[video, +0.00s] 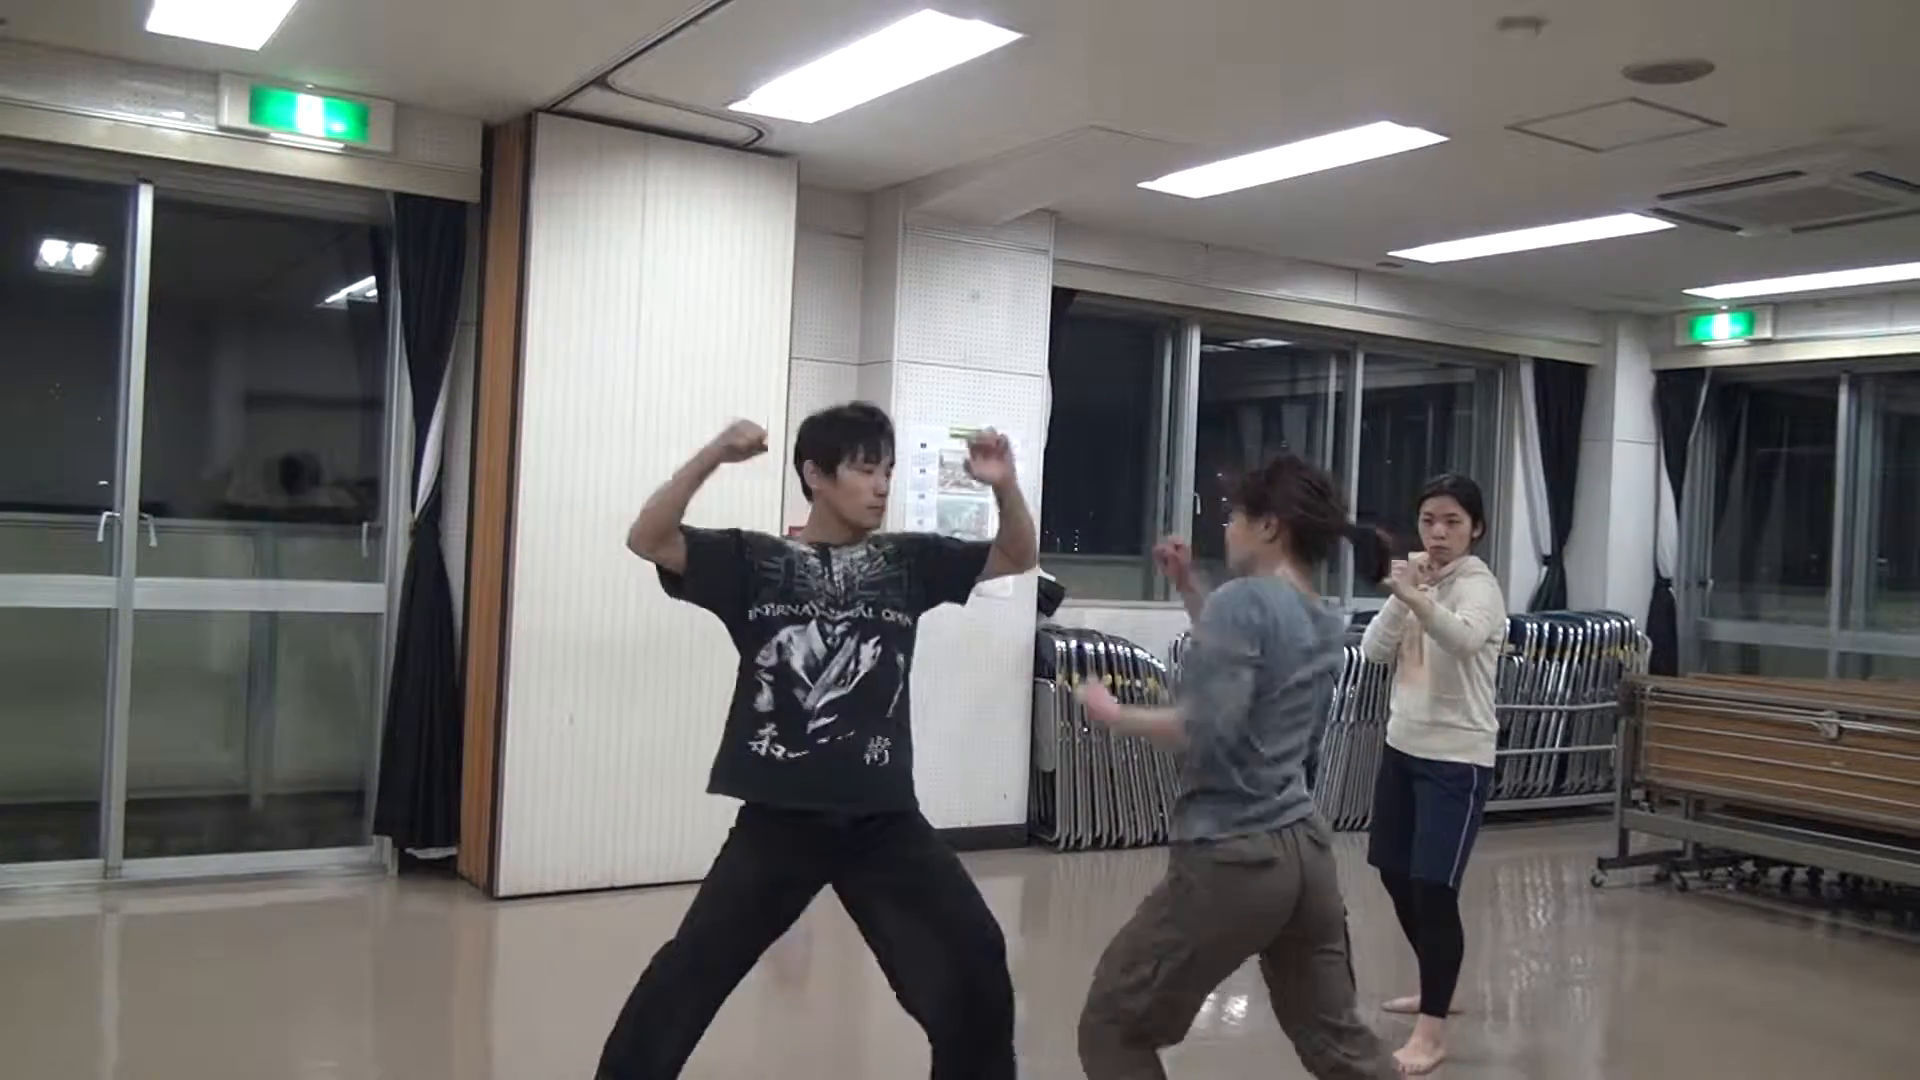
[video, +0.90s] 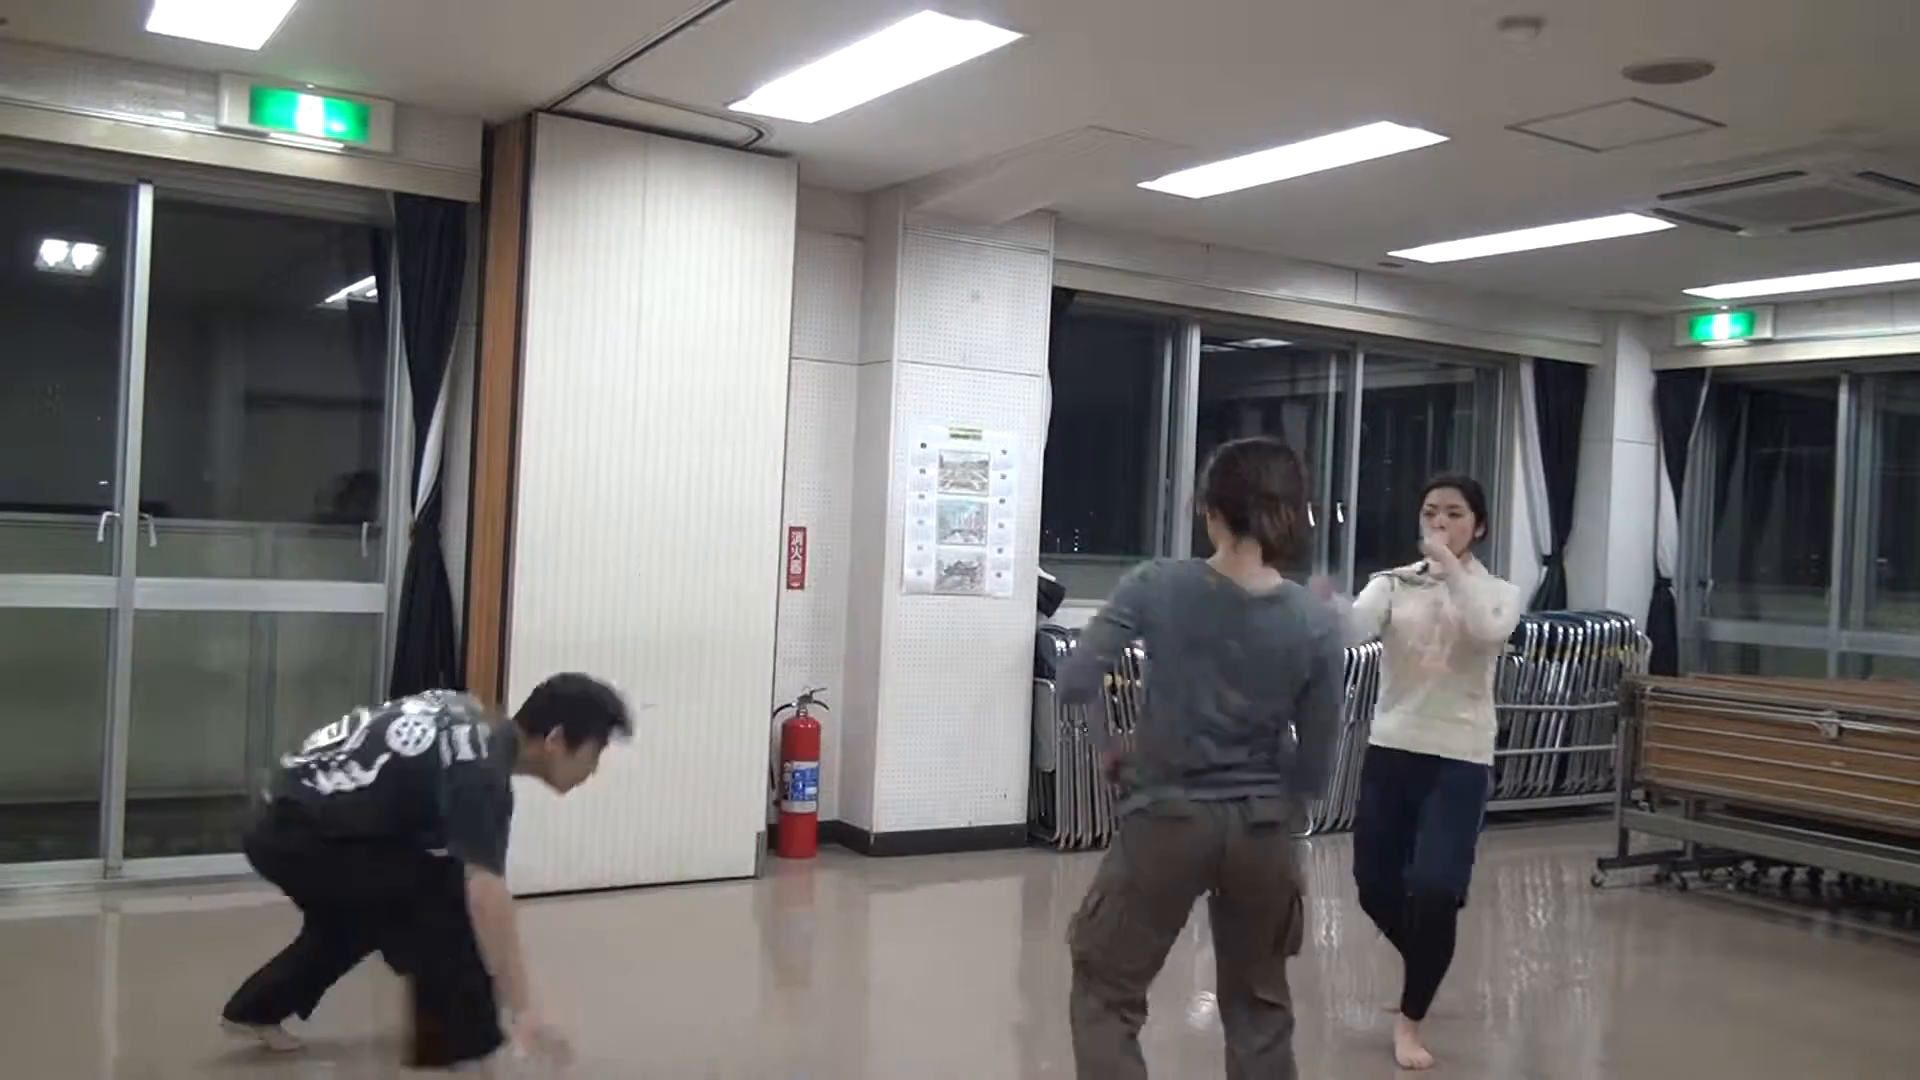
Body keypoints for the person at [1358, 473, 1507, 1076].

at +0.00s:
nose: (1438, 531)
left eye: (1451, 521)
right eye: (1429, 520)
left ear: (1475, 529)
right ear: (1418, 525)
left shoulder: (1480, 584)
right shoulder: (1415, 582)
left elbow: (1467, 639)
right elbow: (1373, 650)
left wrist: (1415, 597)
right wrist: (1404, 595)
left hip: (1456, 759)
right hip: (1403, 750)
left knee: (1433, 887)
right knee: (1390, 864)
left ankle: (1431, 1031)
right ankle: (1438, 984)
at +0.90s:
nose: (1438, 523)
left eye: (1451, 514)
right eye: (1431, 512)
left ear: (1477, 525)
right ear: (1418, 519)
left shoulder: (1496, 590)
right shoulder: (1391, 584)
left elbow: (1488, 630)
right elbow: (1352, 632)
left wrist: (1451, 565)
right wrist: (1326, 610)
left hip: (1461, 758)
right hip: (1391, 750)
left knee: (1434, 891)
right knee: (1375, 886)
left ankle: (1410, 1022)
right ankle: (1426, 958)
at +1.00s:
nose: (1445, 523)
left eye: (1457, 512)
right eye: (1435, 513)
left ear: (1483, 520)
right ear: (1425, 521)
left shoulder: (1508, 592)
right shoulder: (1397, 582)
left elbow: (1498, 651)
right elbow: (1353, 669)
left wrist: (1470, 577)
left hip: (1459, 750)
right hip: (1385, 735)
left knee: (1438, 895)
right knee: (1348, 853)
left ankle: (1410, 1024)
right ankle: (1355, 927)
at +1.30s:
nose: (1444, 521)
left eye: (1457, 510)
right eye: (1436, 510)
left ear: (1485, 516)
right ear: (1424, 517)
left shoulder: (1503, 591)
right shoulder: (1396, 571)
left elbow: (1520, 654)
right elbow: (1346, 652)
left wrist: (1477, 584)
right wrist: (1305, 726)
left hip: (1442, 748)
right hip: (1383, 717)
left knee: (1428, 898)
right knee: (1367, 695)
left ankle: (1407, 1022)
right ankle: (1294, 779)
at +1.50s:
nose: (1419, 514)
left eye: (1434, 504)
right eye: (1412, 503)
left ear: (1462, 514)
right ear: (1401, 510)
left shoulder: (1479, 570)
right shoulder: (1380, 569)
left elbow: (1450, 600)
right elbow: (1332, 635)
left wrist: (1375, 586)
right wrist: (1362, 558)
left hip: (1451, 748)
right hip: (1376, 747)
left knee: (1436, 899)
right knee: (1353, 888)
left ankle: (1410, 1026)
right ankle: (1376, 1036)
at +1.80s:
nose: (1371, 544)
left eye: (1386, 535)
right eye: (1368, 532)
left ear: (1420, 542)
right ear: (1364, 534)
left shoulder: (1403, 596)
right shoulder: (1390, 593)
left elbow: (1397, 677)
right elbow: (1328, 633)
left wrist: (1374, 718)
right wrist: (1345, 573)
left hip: (1454, 717)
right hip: (1444, 771)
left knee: (1407, 714)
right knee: (1351, 906)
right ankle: (1384, 1052)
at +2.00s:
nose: (1374, 536)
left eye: (1388, 526)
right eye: (1370, 524)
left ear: (1423, 531)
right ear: (1366, 524)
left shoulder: (1403, 584)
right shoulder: (1430, 575)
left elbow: (1404, 666)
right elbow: (1346, 620)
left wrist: (1373, 686)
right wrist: (1346, 580)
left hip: (1430, 726)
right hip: (1461, 752)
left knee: (1368, 794)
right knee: (1351, 905)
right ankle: (1384, 1052)